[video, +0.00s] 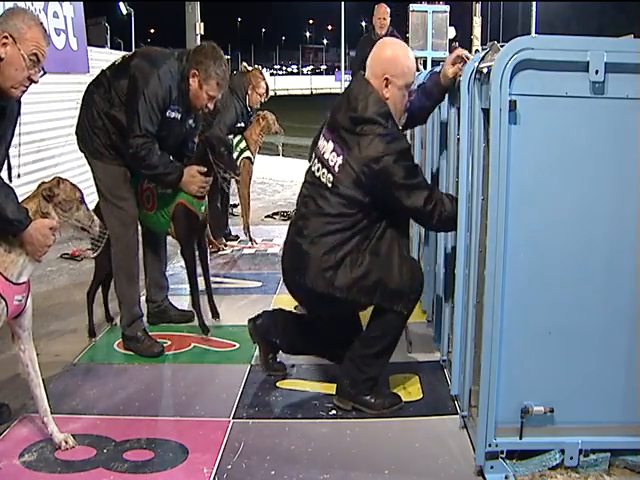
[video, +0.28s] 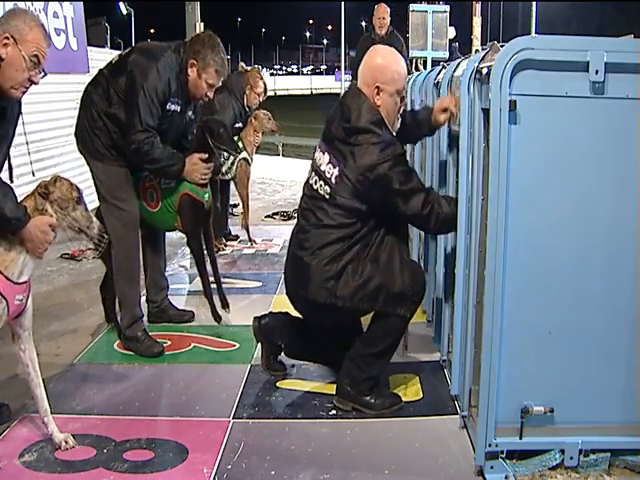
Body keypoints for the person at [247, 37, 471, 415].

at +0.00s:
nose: (410, 96)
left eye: (411, 88)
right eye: (407, 87)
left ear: (377, 81)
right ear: (385, 85)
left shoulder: (348, 108)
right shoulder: (384, 144)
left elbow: (405, 114)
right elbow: (432, 209)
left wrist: (442, 80)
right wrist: (484, 209)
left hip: (303, 258)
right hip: (329, 268)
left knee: (346, 344)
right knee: (407, 282)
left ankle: (271, 327)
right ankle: (359, 386)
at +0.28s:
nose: (404, 101)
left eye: (404, 92)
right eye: (399, 93)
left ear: (372, 90)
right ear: (375, 93)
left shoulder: (347, 117)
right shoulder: (379, 153)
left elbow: (392, 125)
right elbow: (429, 212)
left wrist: (432, 118)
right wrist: (488, 203)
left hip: (307, 269)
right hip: (332, 276)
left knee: (349, 354)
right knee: (409, 282)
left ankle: (275, 329)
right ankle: (358, 386)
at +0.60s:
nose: (407, 119)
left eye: (407, 111)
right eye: (403, 112)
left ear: (374, 105)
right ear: (382, 110)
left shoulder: (349, 124)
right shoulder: (378, 164)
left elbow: (391, 154)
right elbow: (438, 221)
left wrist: (429, 166)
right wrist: (489, 225)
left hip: (302, 267)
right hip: (324, 278)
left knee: (349, 351)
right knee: (404, 279)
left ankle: (276, 330)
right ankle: (358, 387)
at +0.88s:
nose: (399, 137)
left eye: (401, 129)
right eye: (395, 129)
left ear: (374, 116)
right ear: (374, 120)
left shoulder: (349, 135)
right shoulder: (355, 159)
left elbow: (395, 192)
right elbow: (391, 225)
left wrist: (430, 239)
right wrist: (423, 267)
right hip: (309, 281)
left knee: (358, 352)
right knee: (390, 274)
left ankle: (277, 332)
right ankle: (358, 388)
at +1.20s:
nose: (396, 145)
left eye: (399, 136)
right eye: (391, 136)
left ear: (373, 123)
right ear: (366, 124)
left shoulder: (374, 154)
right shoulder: (331, 154)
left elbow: (397, 225)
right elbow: (340, 246)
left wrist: (430, 294)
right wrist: (379, 237)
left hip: (327, 280)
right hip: (297, 281)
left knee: (355, 355)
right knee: (382, 270)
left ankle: (277, 333)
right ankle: (356, 389)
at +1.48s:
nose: (400, 125)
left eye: (403, 117)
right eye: (398, 116)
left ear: (380, 103)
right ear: (377, 104)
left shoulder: (367, 131)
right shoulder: (340, 131)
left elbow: (389, 217)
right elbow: (353, 234)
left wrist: (414, 288)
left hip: (326, 262)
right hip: (300, 263)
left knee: (354, 340)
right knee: (384, 277)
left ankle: (271, 335)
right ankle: (357, 388)